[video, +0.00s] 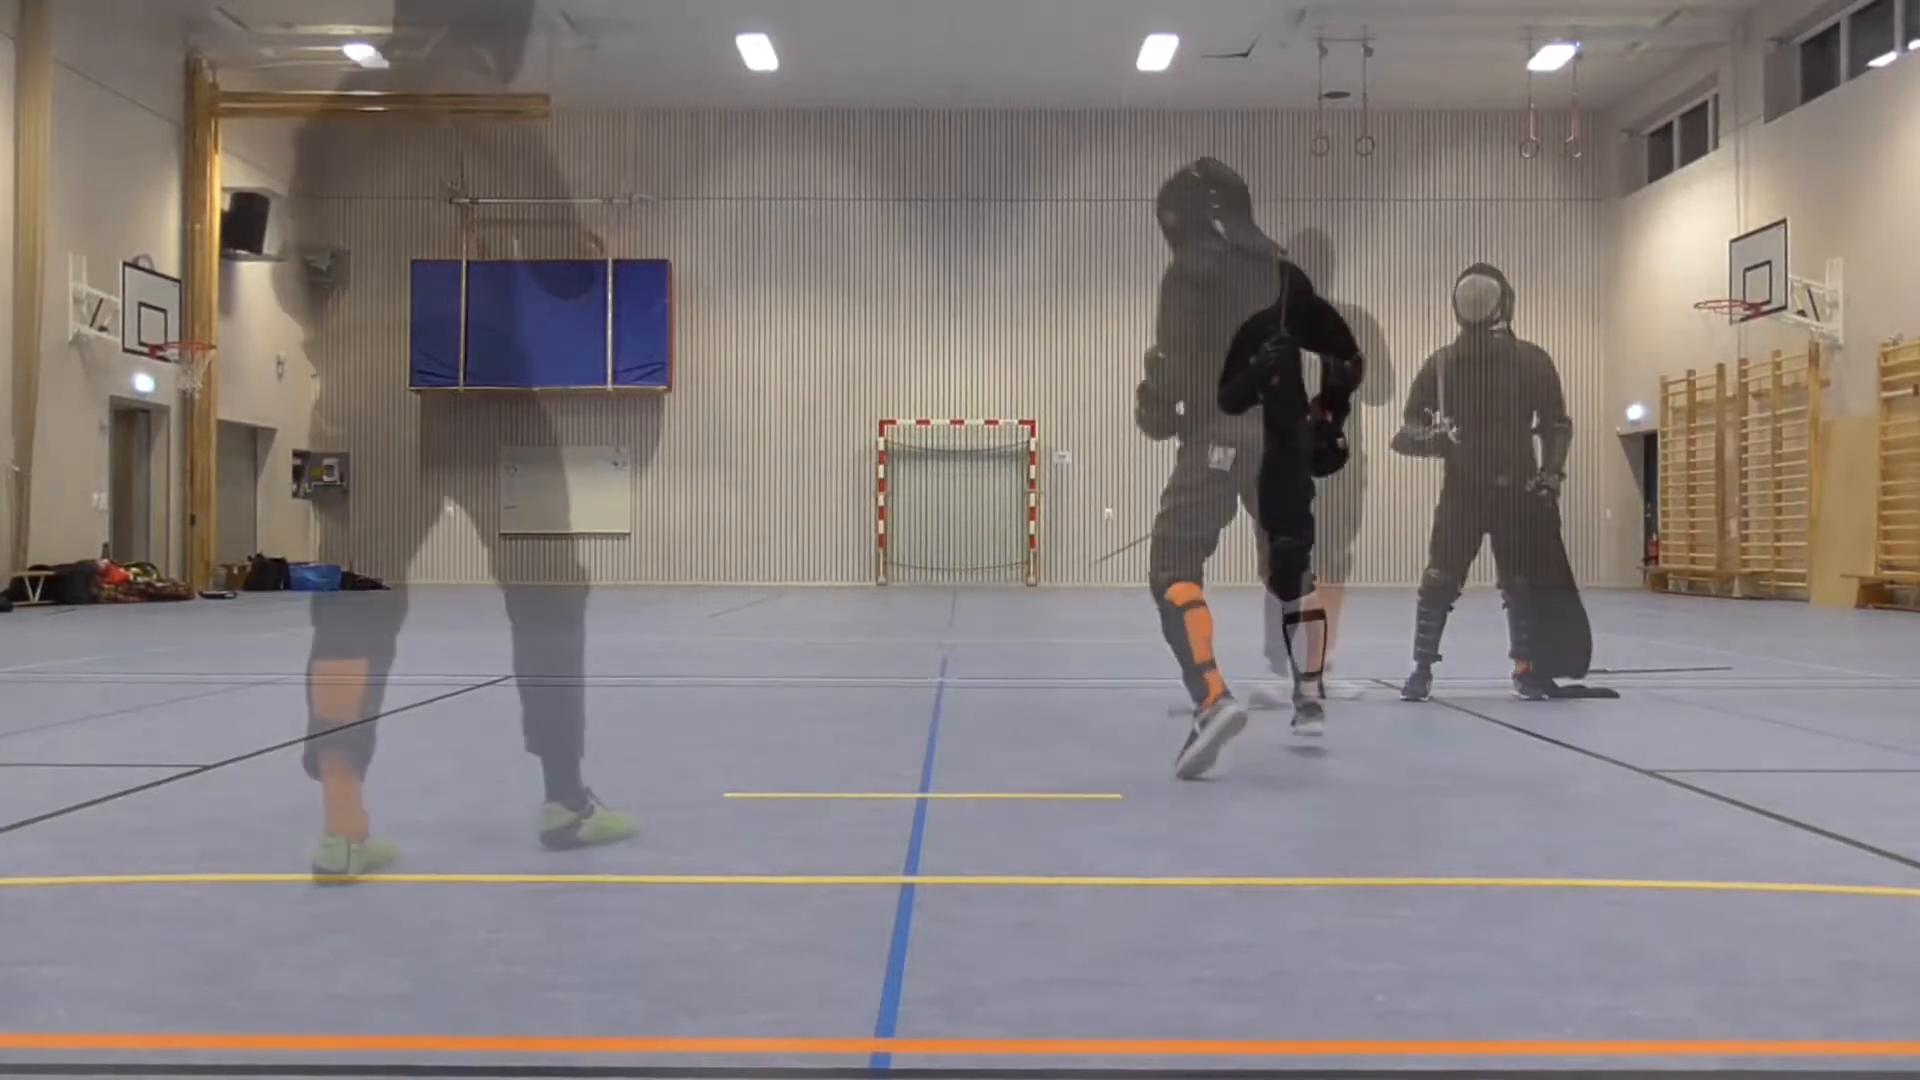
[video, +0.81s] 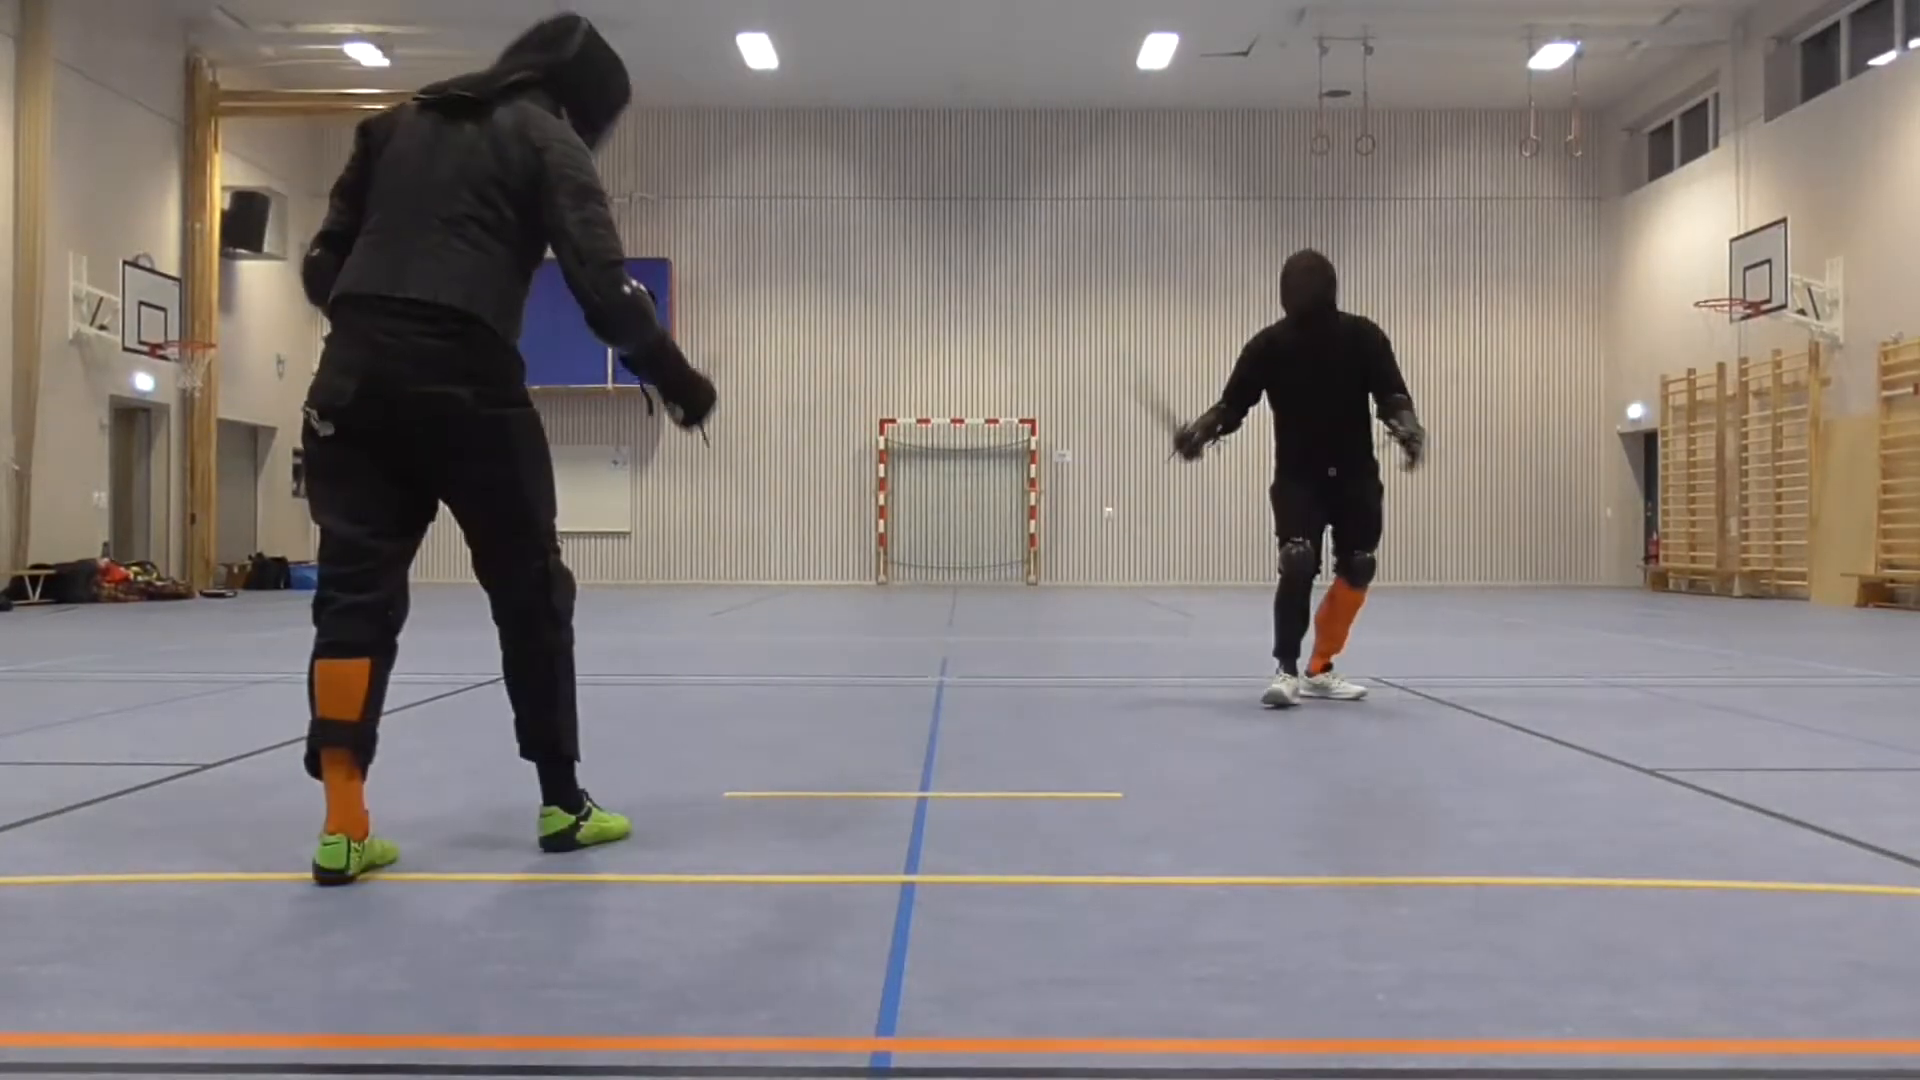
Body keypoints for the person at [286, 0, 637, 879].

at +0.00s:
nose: (521, 63)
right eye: (514, 47)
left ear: (411, 33)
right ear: (502, 46)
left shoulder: (338, 128)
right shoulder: (517, 135)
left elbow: (300, 268)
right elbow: (573, 262)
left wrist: (340, 329)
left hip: (369, 399)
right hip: (497, 401)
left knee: (357, 595)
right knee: (548, 583)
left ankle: (343, 830)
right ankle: (565, 798)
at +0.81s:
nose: (594, 134)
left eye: (601, 121)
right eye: (598, 118)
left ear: (523, 66)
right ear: (574, 95)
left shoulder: (399, 123)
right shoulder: (551, 142)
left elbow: (324, 261)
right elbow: (601, 290)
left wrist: (383, 336)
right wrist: (675, 376)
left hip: (356, 375)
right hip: (468, 380)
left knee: (354, 595)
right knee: (529, 586)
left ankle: (342, 828)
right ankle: (563, 803)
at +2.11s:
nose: (516, 42)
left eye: (513, 30)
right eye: (512, 28)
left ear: (406, 18)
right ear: (492, 26)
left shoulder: (336, 104)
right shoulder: (500, 111)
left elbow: (299, 244)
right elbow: (569, 274)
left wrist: (388, 253)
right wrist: (640, 372)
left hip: (368, 375)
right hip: (484, 378)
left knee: (363, 587)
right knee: (537, 585)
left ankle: (345, 829)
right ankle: (563, 802)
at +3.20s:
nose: (627, 107)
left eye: (629, 93)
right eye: (627, 92)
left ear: (538, 64)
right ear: (605, 81)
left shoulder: (453, 152)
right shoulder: (606, 165)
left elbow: (435, 270)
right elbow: (637, 318)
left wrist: (521, 314)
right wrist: (689, 422)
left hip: (465, 397)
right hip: (573, 406)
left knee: (427, 582)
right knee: (625, 588)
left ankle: (362, 786)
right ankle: (641, 780)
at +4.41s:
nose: (522, 123)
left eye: (523, 109)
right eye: (520, 108)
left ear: (427, 82)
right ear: (499, 99)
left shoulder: (345, 169)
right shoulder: (500, 183)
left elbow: (339, 279)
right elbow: (537, 332)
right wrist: (598, 419)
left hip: (345, 412)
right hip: (452, 419)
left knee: (300, 592)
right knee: (539, 583)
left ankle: (215, 778)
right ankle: (545, 785)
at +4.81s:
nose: (425, 100)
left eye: (426, 83)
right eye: (423, 82)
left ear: (326, 52)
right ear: (397, 71)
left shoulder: (235, 142)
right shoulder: (394, 157)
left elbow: (232, 268)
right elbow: (421, 317)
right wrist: (494, 409)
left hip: (233, 399)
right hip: (348, 406)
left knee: (216, 597)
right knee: (441, 583)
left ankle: (176, 827)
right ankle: (479, 788)